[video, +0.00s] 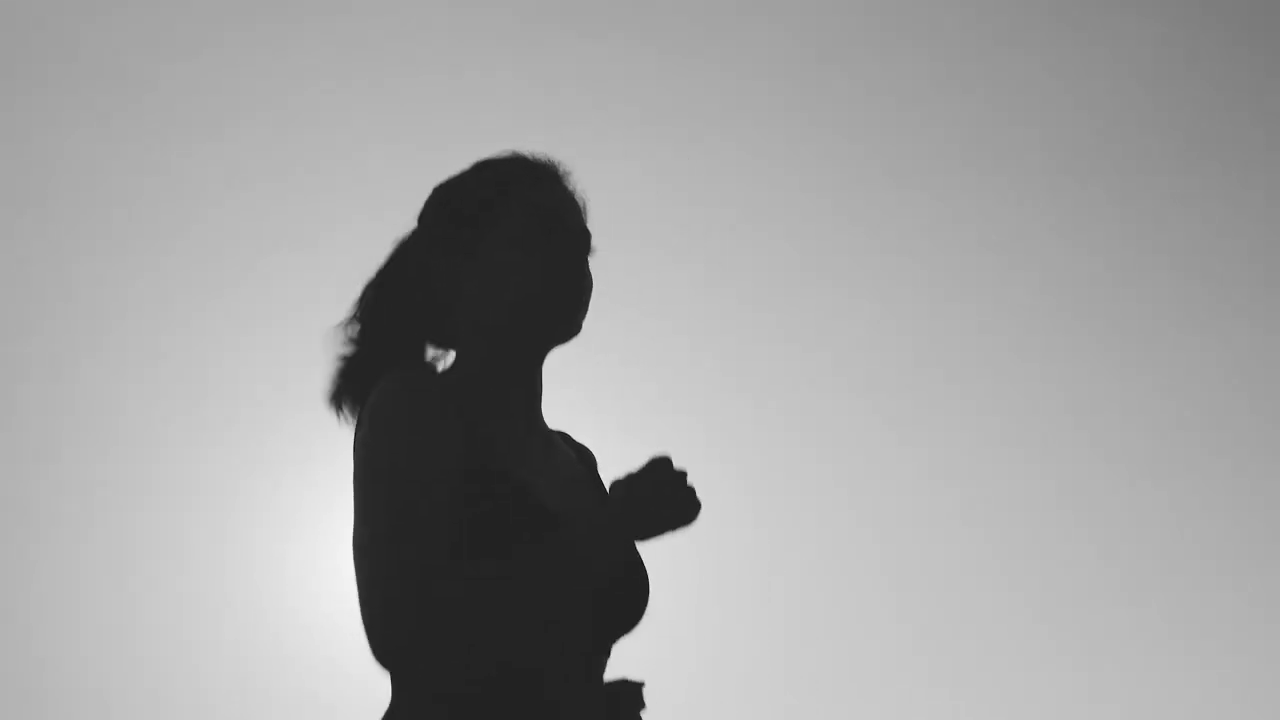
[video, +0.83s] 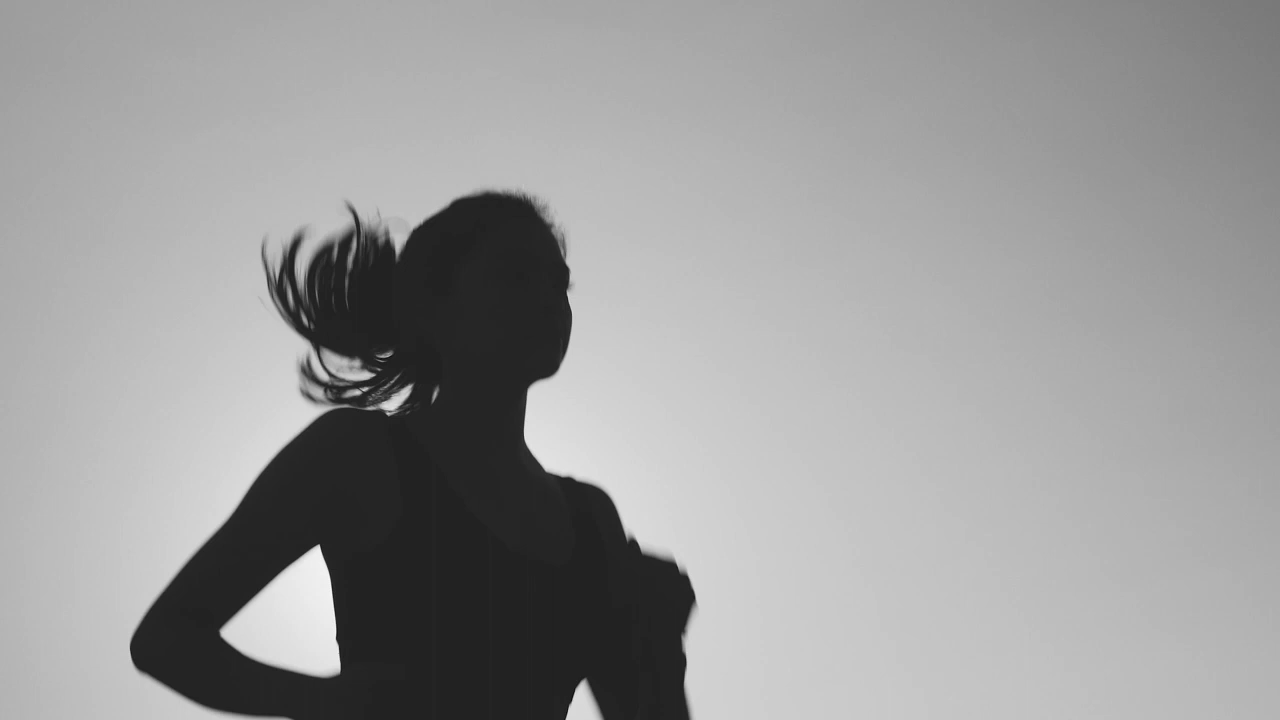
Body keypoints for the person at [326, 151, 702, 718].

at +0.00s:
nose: (585, 268)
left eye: (585, 248)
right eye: (560, 246)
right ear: (485, 260)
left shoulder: (573, 460)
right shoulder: (411, 412)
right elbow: (402, 632)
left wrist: (615, 520)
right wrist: (608, 517)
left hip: (565, 708)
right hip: (446, 706)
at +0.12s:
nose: (578, 242)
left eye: (579, 224)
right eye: (545, 219)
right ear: (465, 244)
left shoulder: (565, 441)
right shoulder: (415, 368)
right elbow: (404, 587)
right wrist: (605, 493)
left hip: (559, 704)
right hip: (440, 699)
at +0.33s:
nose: (578, 260)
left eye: (575, 238)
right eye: (549, 233)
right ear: (467, 255)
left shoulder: (564, 452)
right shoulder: (410, 377)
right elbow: (329, 596)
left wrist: (584, 674)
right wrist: (552, 549)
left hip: (550, 707)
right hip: (429, 703)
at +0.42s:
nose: (574, 282)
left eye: (571, 259)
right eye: (543, 254)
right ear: (466, 277)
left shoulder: (564, 477)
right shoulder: (404, 404)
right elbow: (290, 628)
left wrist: (586, 691)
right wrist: (532, 613)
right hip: (421, 707)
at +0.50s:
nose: (574, 303)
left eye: (570, 283)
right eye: (546, 279)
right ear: (463, 299)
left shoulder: (572, 512)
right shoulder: (390, 437)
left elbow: (540, 697)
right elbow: (249, 664)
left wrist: (602, 710)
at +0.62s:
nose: (569, 323)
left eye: (567, 300)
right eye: (535, 297)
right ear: (448, 327)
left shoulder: (577, 541)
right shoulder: (377, 471)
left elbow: (555, 706)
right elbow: (203, 688)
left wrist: (631, 719)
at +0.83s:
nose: (558, 303)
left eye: (560, 281)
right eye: (523, 278)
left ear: (566, 308)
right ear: (433, 307)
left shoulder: (584, 515)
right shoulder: (353, 451)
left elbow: (643, 718)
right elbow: (165, 641)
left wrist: (659, 649)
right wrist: (328, 698)